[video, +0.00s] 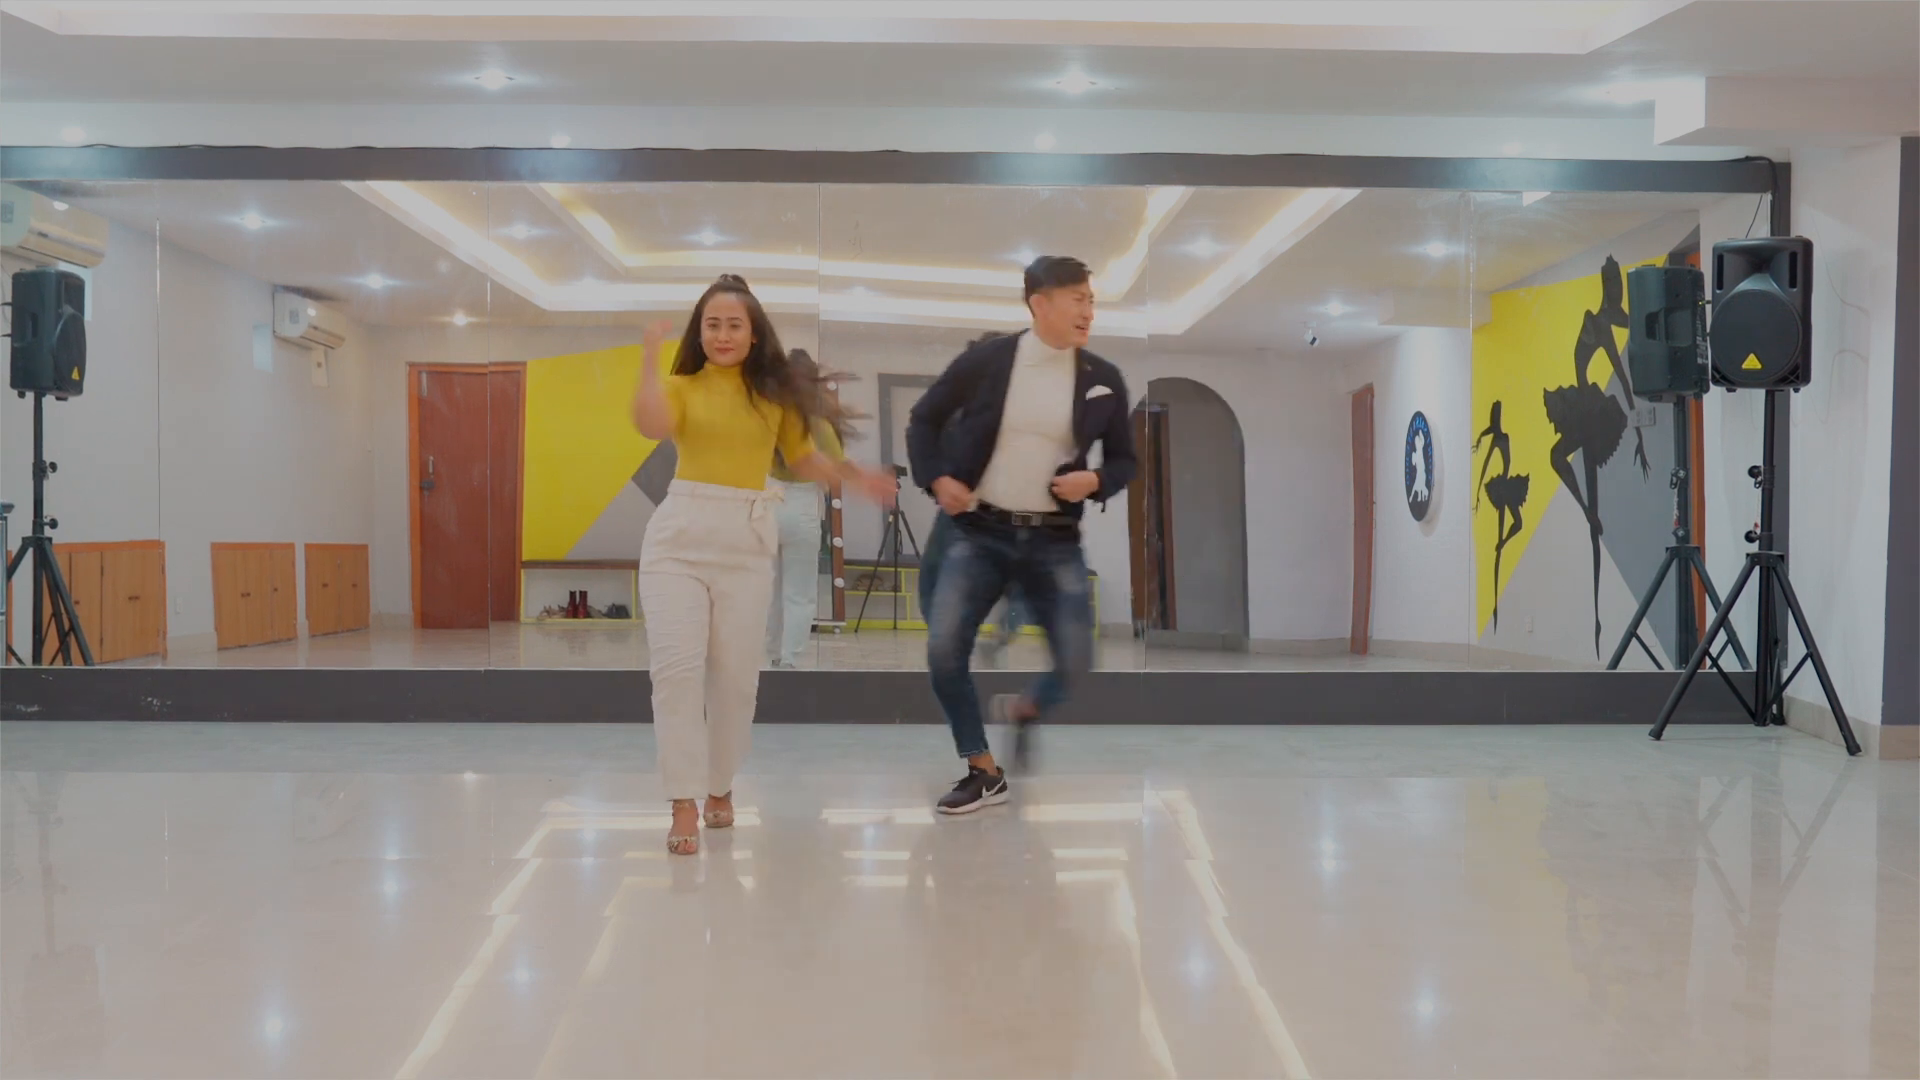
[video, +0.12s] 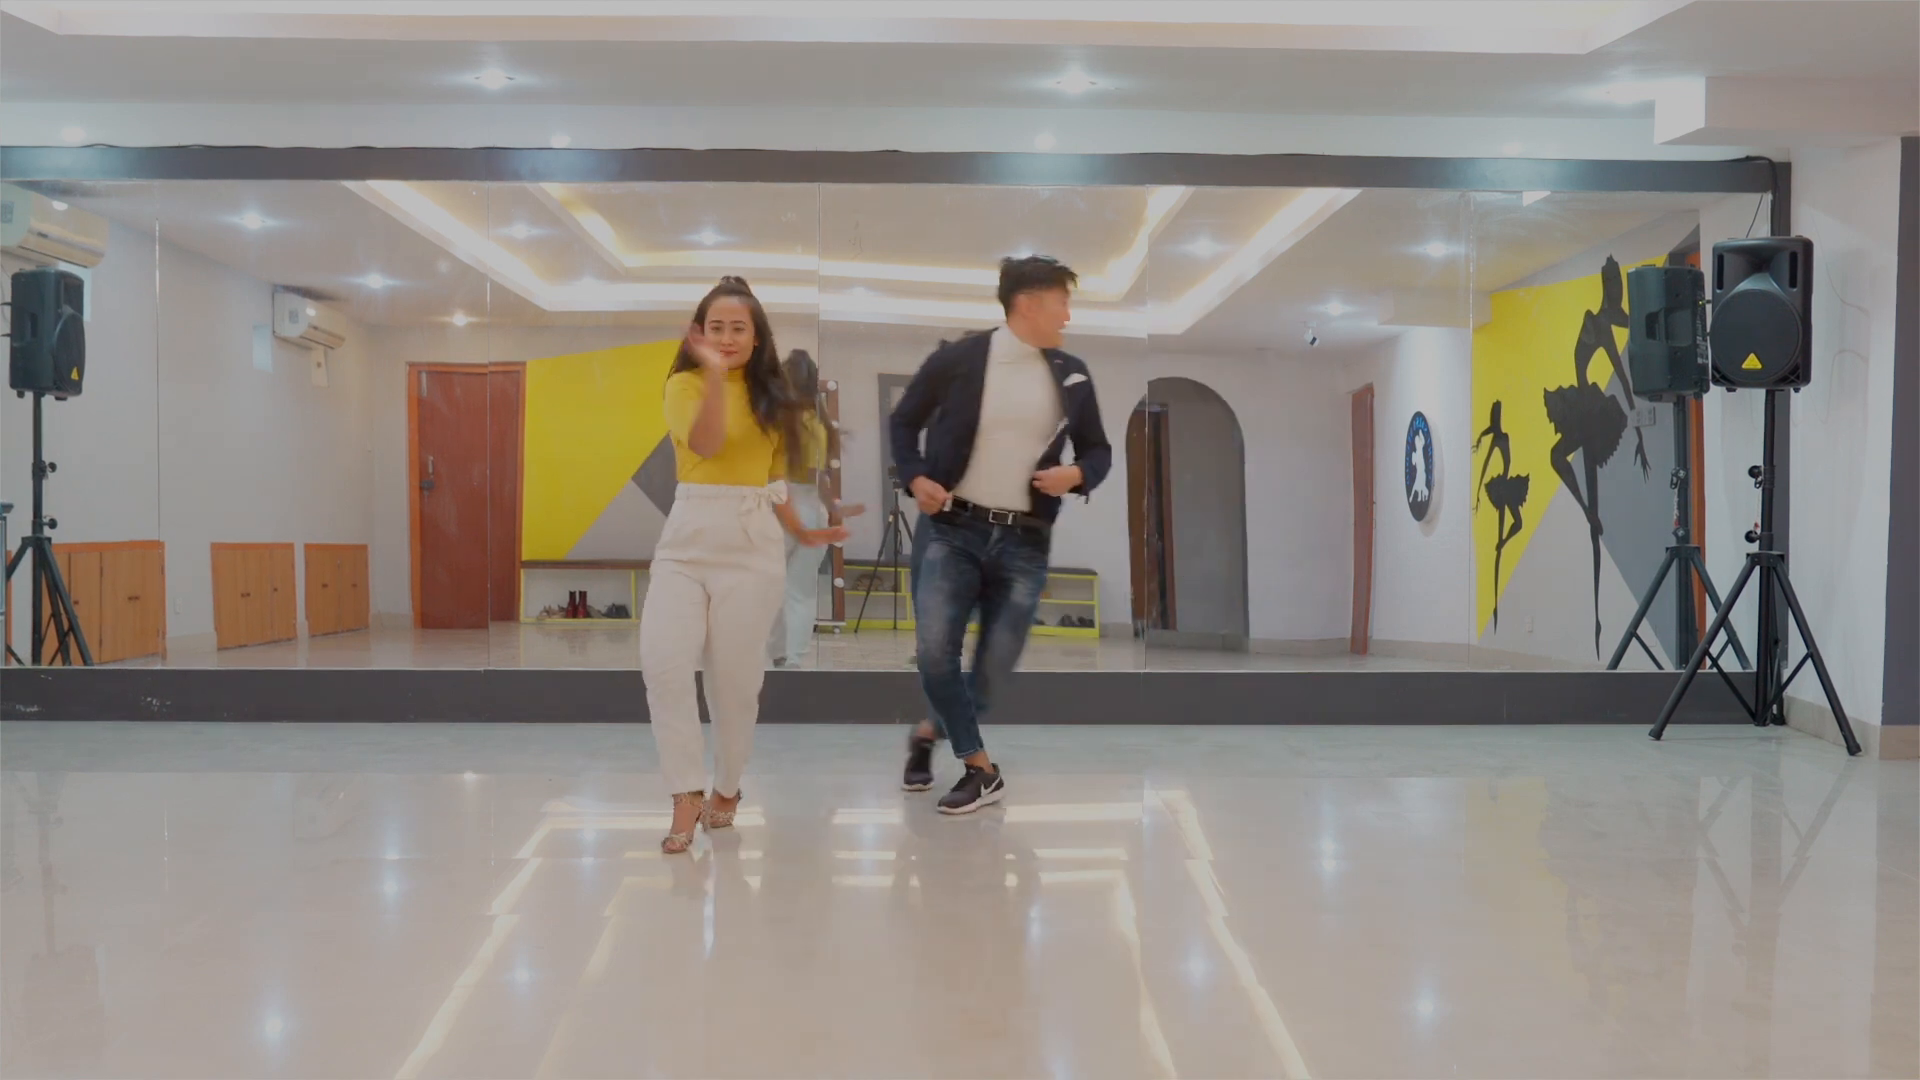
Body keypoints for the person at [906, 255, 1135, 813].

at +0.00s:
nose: (1089, 312)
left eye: (1091, 302)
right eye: (1077, 301)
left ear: (1090, 306)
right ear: (1037, 304)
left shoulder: (1102, 379)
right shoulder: (985, 360)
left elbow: (1124, 461)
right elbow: (924, 418)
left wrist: (1097, 481)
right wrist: (934, 478)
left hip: (1054, 540)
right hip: (978, 531)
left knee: (1073, 668)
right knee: (943, 651)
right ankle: (982, 768)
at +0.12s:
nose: (1069, 313)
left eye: (1068, 302)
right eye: (1060, 301)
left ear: (1041, 305)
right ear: (1023, 303)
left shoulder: (1070, 372)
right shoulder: (958, 358)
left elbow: (1097, 451)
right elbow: (903, 421)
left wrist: (1078, 475)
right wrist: (913, 476)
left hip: (1025, 536)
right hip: (952, 524)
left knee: (995, 666)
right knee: (934, 651)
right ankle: (979, 767)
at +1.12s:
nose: (938, 277)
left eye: (949, 266)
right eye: (927, 268)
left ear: (971, 273)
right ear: (912, 278)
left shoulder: (1013, 336)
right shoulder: (890, 352)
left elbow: (1061, 409)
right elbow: (859, 438)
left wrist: (1028, 438)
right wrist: (892, 478)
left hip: (978, 509)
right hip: (912, 514)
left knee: (962, 622)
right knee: (914, 649)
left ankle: (956, 769)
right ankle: (974, 763)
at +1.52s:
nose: (936, 287)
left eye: (947, 276)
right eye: (925, 278)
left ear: (968, 284)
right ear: (908, 287)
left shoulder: (1001, 355)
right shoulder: (876, 358)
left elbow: (1059, 430)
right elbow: (832, 430)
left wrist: (1019, 477)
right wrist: (864, 462)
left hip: (993, 524)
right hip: (920, 524)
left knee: (997, 648)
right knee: (933, 652)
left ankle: (977, 772)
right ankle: (926, 763)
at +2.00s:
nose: (962, 296)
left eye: (973, 285)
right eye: (951, 285)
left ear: (991, 293)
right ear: (935, 295)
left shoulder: (1021, 358)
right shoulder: (905, 368)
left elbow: (1079, 421)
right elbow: (857, 449)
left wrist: (1065, 468)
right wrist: (908, 506)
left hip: (1011, 518)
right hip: (937, 523)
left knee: (1003, 643)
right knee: (933, 632)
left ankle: (986, 744)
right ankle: (958, 753)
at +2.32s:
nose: (951, 289)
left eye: (962, 278)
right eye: (940, 279)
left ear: (979, 288)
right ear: (922, 288)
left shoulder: (1009, 358)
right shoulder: (887, 355)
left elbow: (1039, 439)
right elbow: (847, 430)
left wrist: (1026, 499)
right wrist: (883, 452)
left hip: (1001, 517)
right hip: (929, 520)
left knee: (1036, 643)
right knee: (934, 652)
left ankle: (994, 725)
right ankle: (906, 742)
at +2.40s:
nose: (954, 290)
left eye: (966, 279)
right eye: (942, 279)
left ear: (982, 287)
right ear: (925, 288)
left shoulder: (1015, 357)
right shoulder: (893, 353)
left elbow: (1039, 435)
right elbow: (850, 432)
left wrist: (1027, 499)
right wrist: (902, 458)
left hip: (995, 519)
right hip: (921, 521)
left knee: (1033, 638)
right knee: (922, 646)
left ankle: (1028, 741)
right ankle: (906, 743)